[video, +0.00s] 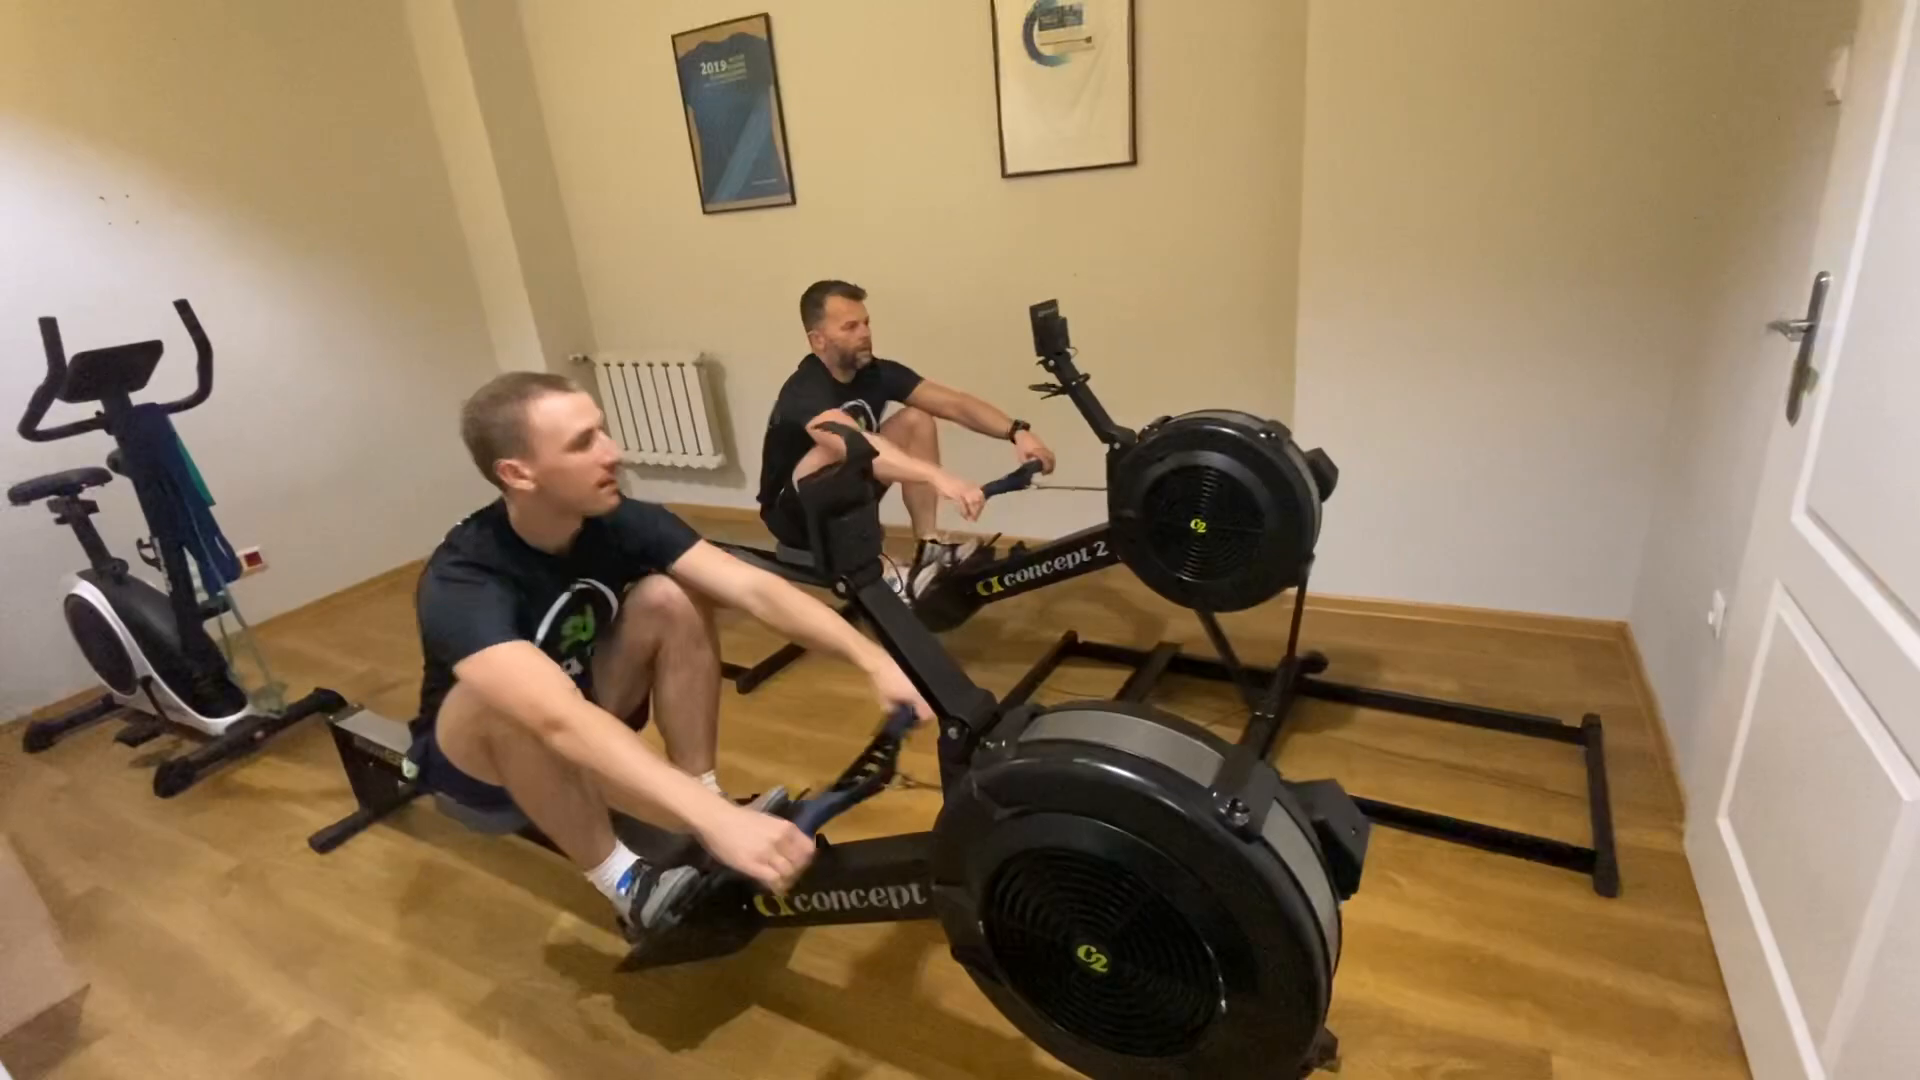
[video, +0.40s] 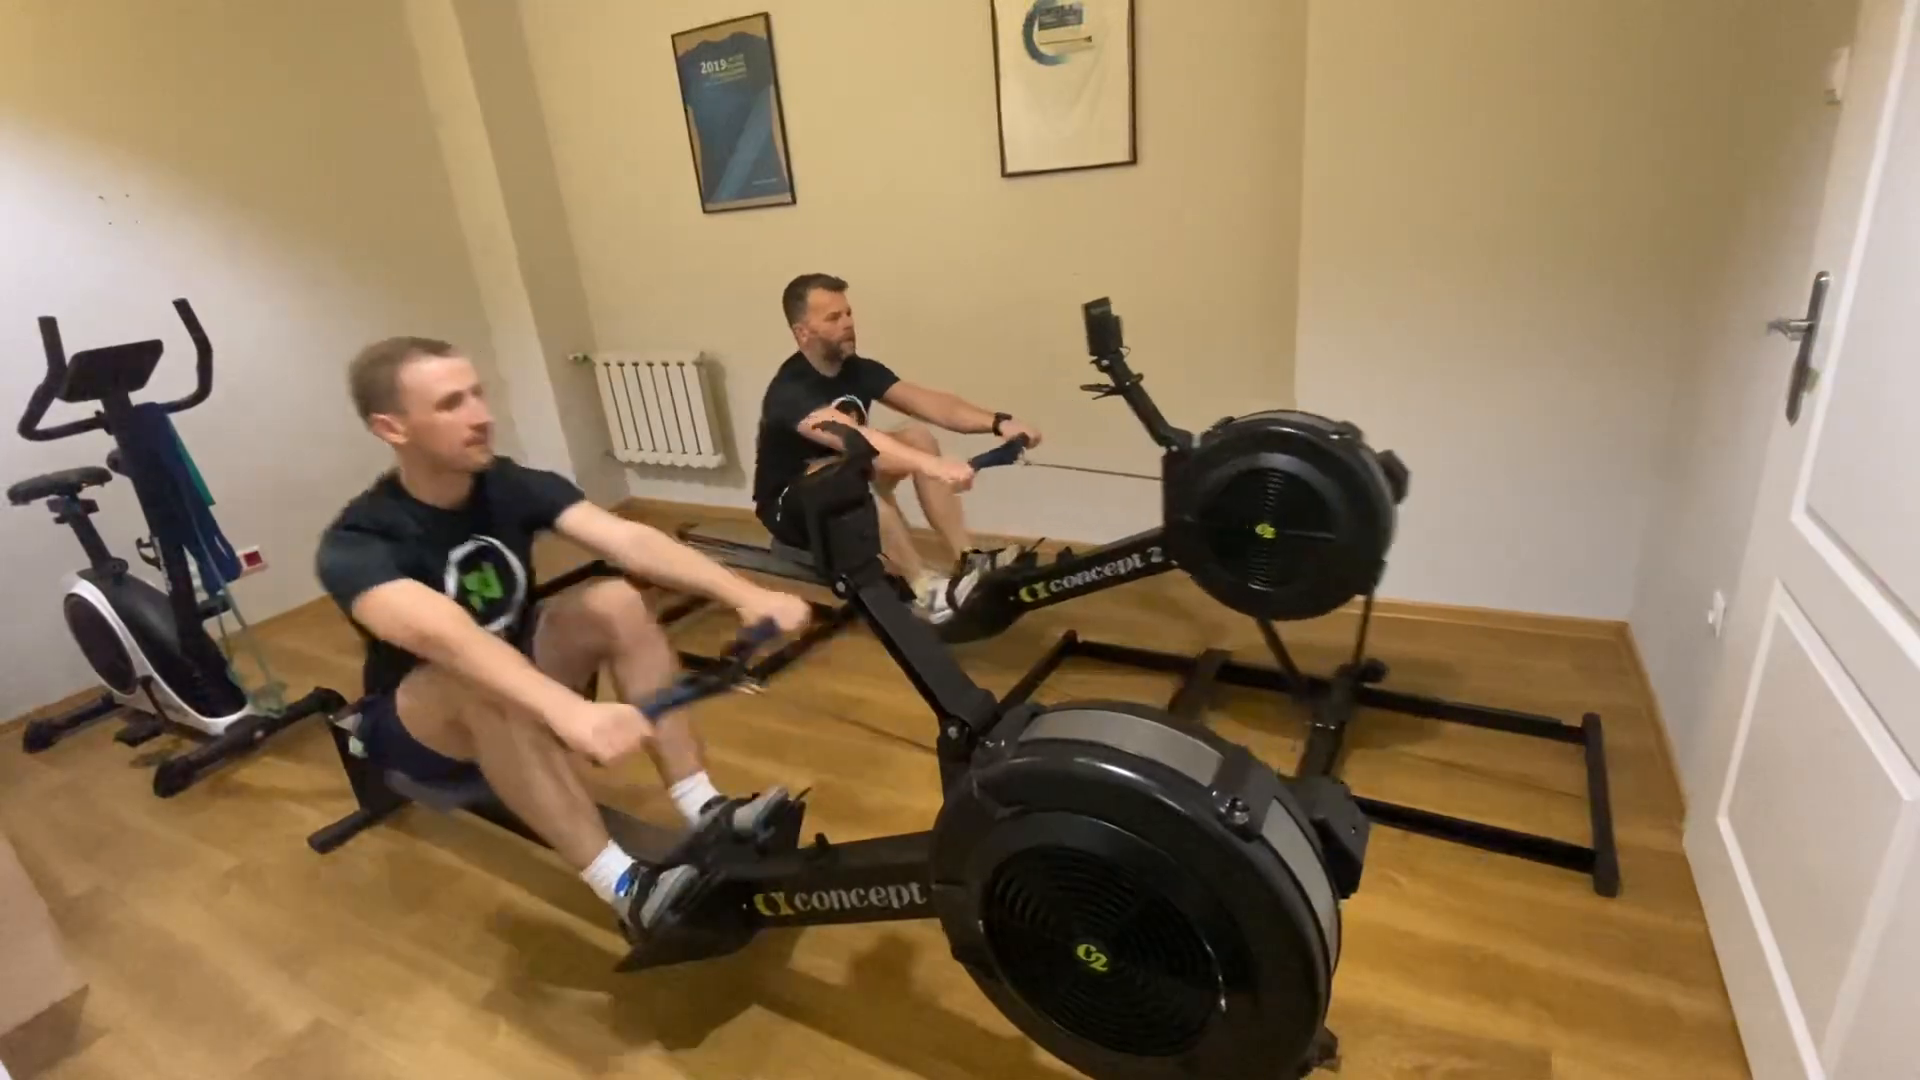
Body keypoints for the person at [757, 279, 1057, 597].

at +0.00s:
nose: (866, 334)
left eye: (866, 323)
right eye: (851, 327)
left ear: (870, 323)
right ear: (817, 339)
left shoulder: (875, 374)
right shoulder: (805, 392)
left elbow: (955, 404)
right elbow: (854, 443)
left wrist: (1017, 432)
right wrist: (938, 478)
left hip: (847, 496)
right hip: (793, 516)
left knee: (915, 420)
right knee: (838, 446)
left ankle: (930, 546)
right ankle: (873, 567)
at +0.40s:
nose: (849, 324)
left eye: (848, 314)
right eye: (835, 318)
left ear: (852, 312)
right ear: (803, 333)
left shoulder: (857, 370)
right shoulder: (788, 391)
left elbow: (933, 405)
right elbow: (856, 443)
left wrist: (998, 422)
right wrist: (933, 466)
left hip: (845, 488)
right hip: (790, 508)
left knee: (919, 440)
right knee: (849, 478)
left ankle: (968, 561)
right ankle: (924, 587)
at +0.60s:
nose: (806, 315)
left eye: (807, 303)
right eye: (792, 307)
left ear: (811, 302)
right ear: (759, 316)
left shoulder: (821, 360)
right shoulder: (749, 377)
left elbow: (885, 395)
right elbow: (807, 429)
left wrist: (947, 407)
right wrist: (876, 445)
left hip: (844, 479)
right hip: (791, 503)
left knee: (932, 476)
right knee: (872, 508)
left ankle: (1013, 570)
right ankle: (975, 600)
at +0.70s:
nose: (789, 318)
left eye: (790, 307)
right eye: (775, 312)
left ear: (792, 304)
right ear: (742, 319)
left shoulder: (804, 359)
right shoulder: (732, 377)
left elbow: (862, 396)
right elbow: (769, 436)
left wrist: (917, 400)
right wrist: (845, 444)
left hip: (845, 486)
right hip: (796, 509)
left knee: (924, 490)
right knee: (890, 514)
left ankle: (1032, 573)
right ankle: (996, 603)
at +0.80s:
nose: (773, 328)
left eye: (774, 317)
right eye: (760, 320)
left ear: (776, 315)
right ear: (728, 326)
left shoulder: (791, 367)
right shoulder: (717, 383)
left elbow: (850, 409)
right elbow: (731, 450)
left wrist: (885, 407)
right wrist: (804, 443)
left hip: (853, 483)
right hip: (806, 510)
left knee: (935, 514)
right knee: (901, 534)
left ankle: (1048, 577)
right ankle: (1014, 608)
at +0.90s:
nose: (763, 338)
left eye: (765, 328)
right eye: (751, 330)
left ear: (765, 326)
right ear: (719, 333)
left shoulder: (777, 375)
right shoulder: (707, 396)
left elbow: (815, 412)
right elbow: (702, 474)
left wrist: (850, 409)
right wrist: (757, 447)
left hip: (855, 484)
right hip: (814, 513)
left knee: (942, 528)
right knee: (911, 550)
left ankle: (1056, 578)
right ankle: (1024, 610)